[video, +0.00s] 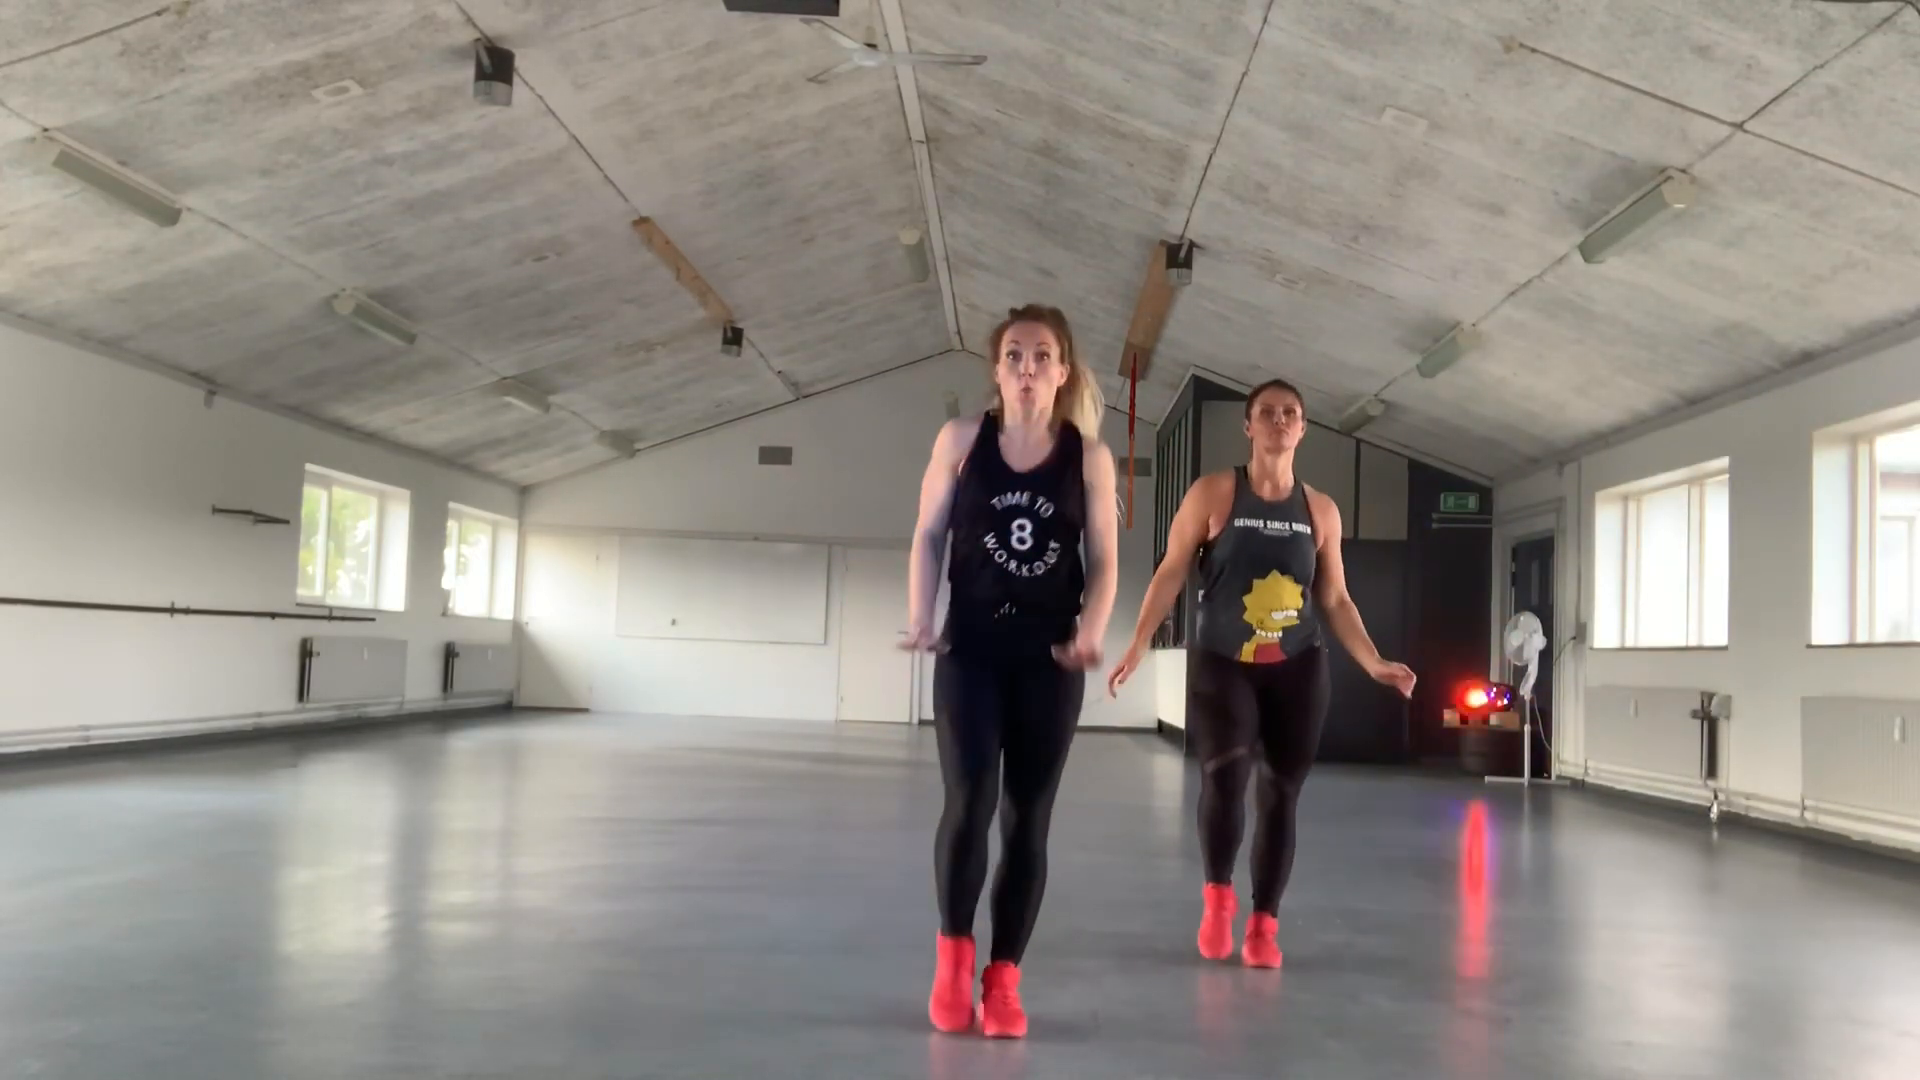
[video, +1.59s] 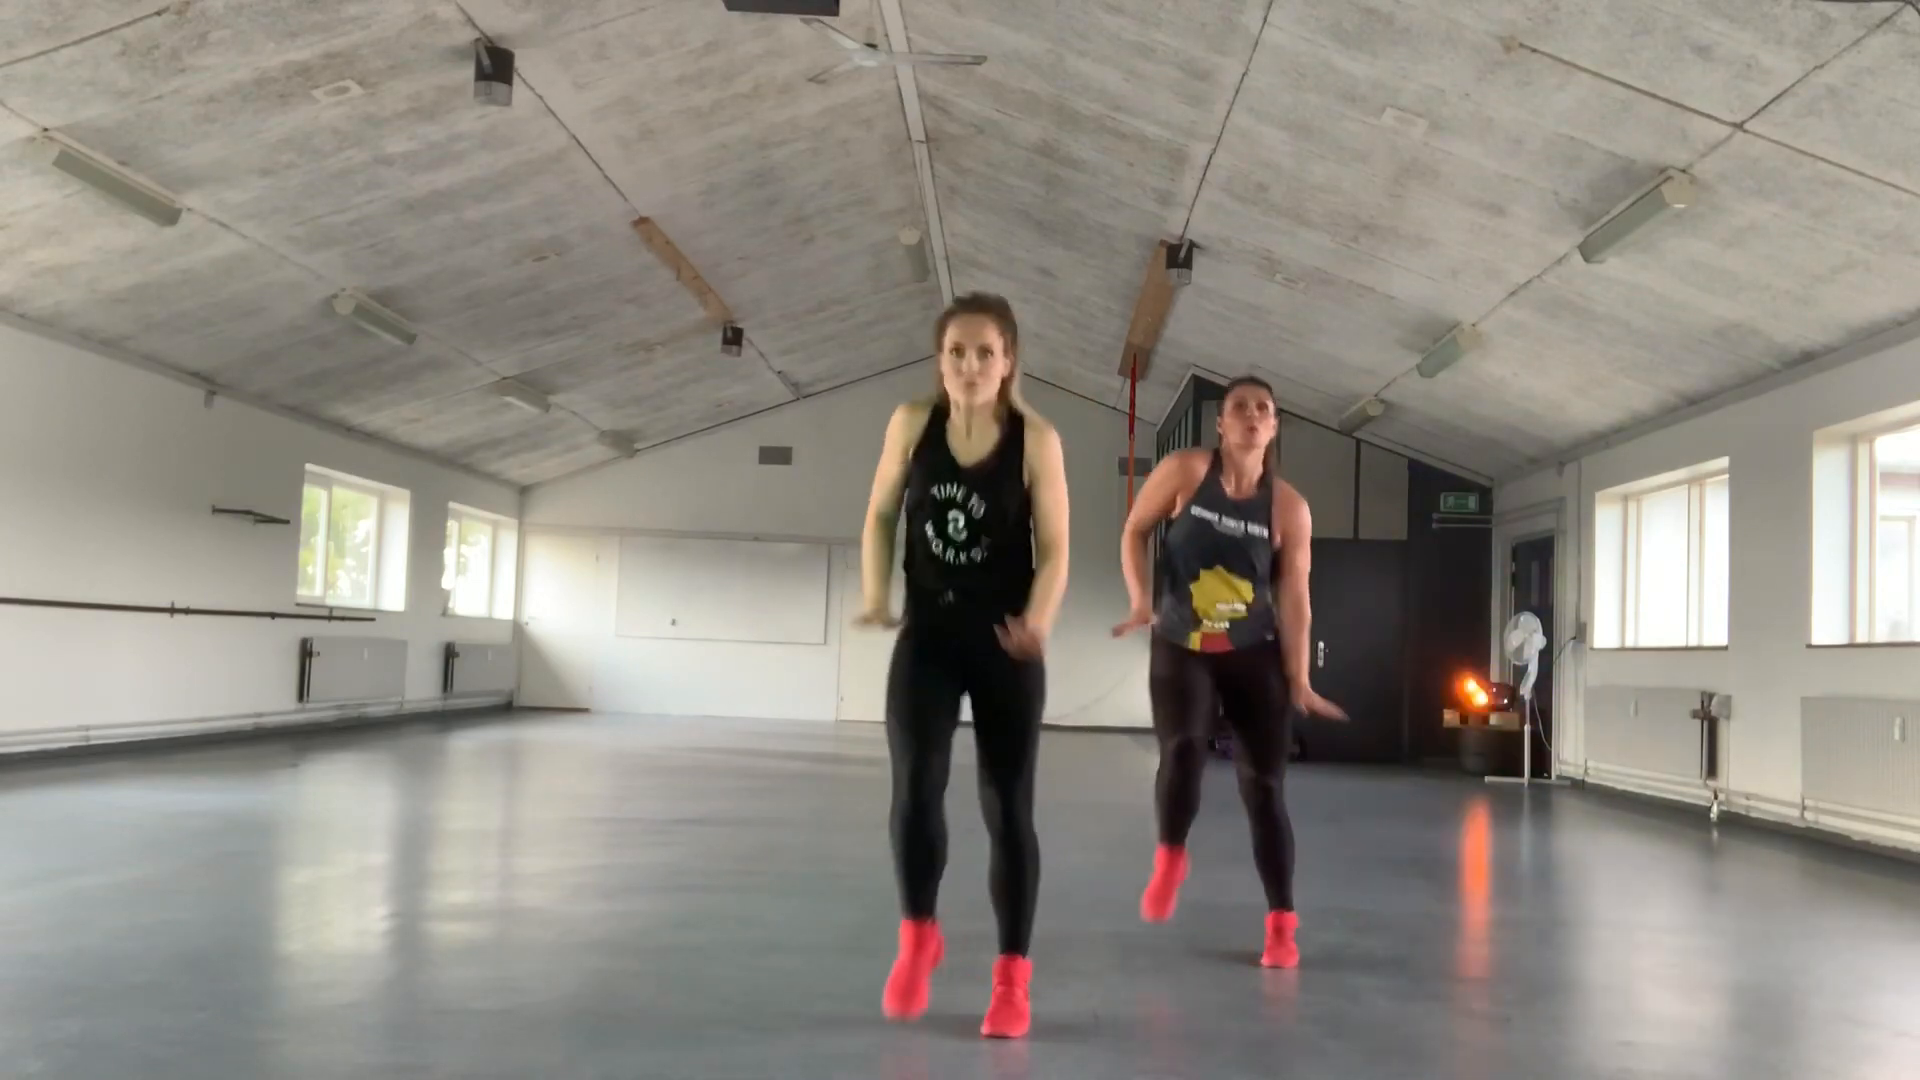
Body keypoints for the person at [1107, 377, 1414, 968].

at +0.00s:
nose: (1280, 422)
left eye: (1290, 414)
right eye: (1269, 413)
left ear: (1304, 429)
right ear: (1249, 427)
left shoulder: (1321, 511)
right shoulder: (1211, 493)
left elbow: (1336, 598)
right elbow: (1170, 572)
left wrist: (1374, 663)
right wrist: (1138, 645)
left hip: (1296, 668)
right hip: (1221, 663)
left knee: (1280, 789)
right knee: (1227, 768)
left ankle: (1265, 922)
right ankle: (1218, 897)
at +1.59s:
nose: (1253, 417)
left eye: (1262, 409)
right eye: (1242, 408)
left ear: (1275, 426)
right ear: (1220, 421)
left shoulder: (1289, 508)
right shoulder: (1182, 471)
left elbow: (1295, 599)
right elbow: (1136, 529)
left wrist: (1301, 681)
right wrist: (1140, 602)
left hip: (1253, 653)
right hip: (1180, 648)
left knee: (1263, 786)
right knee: (1181, 749)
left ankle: (1282, 919)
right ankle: (1170, 855)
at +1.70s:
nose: (1232, 405)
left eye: (1242, 397)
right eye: (1220, 396)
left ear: (1255, 411)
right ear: (1198, 407)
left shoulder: (1275, 470)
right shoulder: (1159, 476)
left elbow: (1279, 558)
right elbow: (1126, 559)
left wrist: (1270, 636)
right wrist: (1103, 636)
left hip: (1232, 652)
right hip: (1157, 649)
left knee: (1240, 784)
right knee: (1164, 780)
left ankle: (1261, 915)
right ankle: (1153, 909)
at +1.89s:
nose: (1183, 430)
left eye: (1194, 422)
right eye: (1173, 420)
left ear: (1209, 439)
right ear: (1154, 433)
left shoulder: (1224, 522)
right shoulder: (1123, 480)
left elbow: (1240, 612)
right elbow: (1084, 552)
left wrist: (1255, 699)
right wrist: (1077, 625)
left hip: (1199, 667)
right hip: (1130, 660)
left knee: (1182, 795)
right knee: (1114, 724)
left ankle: (1176, 916)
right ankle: (1108, 836)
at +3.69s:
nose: (871, 417)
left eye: (882, 408)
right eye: (860, 407)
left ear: (897, 424)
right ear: (841, 419)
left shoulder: (916, 483)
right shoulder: (816, 475)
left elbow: (979, 418)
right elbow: (789, 385)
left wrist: (945, 349)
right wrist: (843, 335)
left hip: (918, 649)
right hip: (850, 661)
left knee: (935, 771)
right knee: (778, 761)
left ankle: (971, 908)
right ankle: (782, 908)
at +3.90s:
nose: (862, 408)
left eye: (872, 400)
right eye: (850, 399)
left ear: (890, 414)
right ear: (833, 411)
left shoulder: (908, 471)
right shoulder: (812, 454)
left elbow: (944, 398)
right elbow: (767, 402)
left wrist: (900, 332)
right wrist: (774, 331)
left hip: (880, 653)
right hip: (808, 650)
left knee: (932, 773)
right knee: (786, 782)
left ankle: (922, 912)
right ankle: (748, 906)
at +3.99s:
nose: (857, 414)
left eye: (868, 405)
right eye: (845, 406)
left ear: (886, 421)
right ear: (831, 419)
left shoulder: (910, 476)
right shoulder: (804, 471)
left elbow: (931, 390)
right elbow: (744, 412)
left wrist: (874, 334)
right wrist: (742, 344)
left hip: (864, 658)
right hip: (792, 646)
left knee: (926, 771)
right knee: (769, 773)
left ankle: (913, 915)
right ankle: (734, 899)